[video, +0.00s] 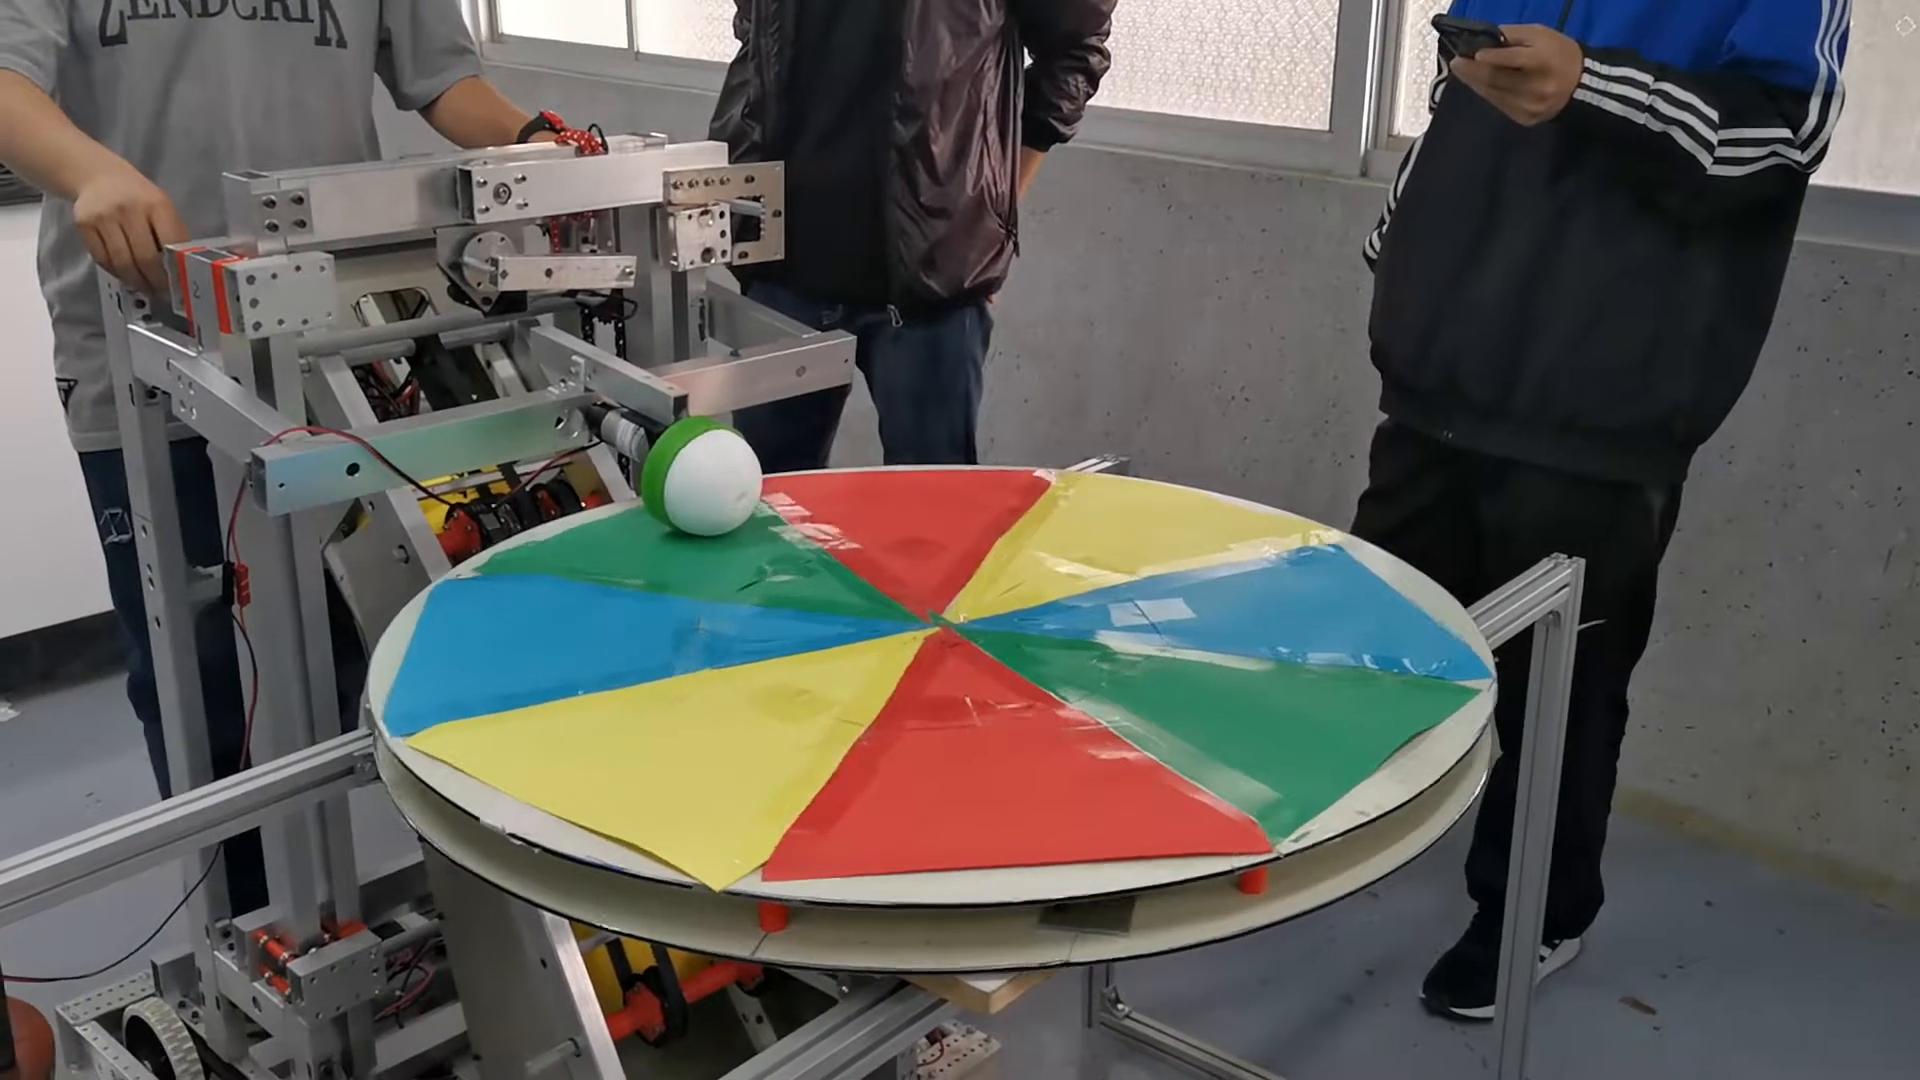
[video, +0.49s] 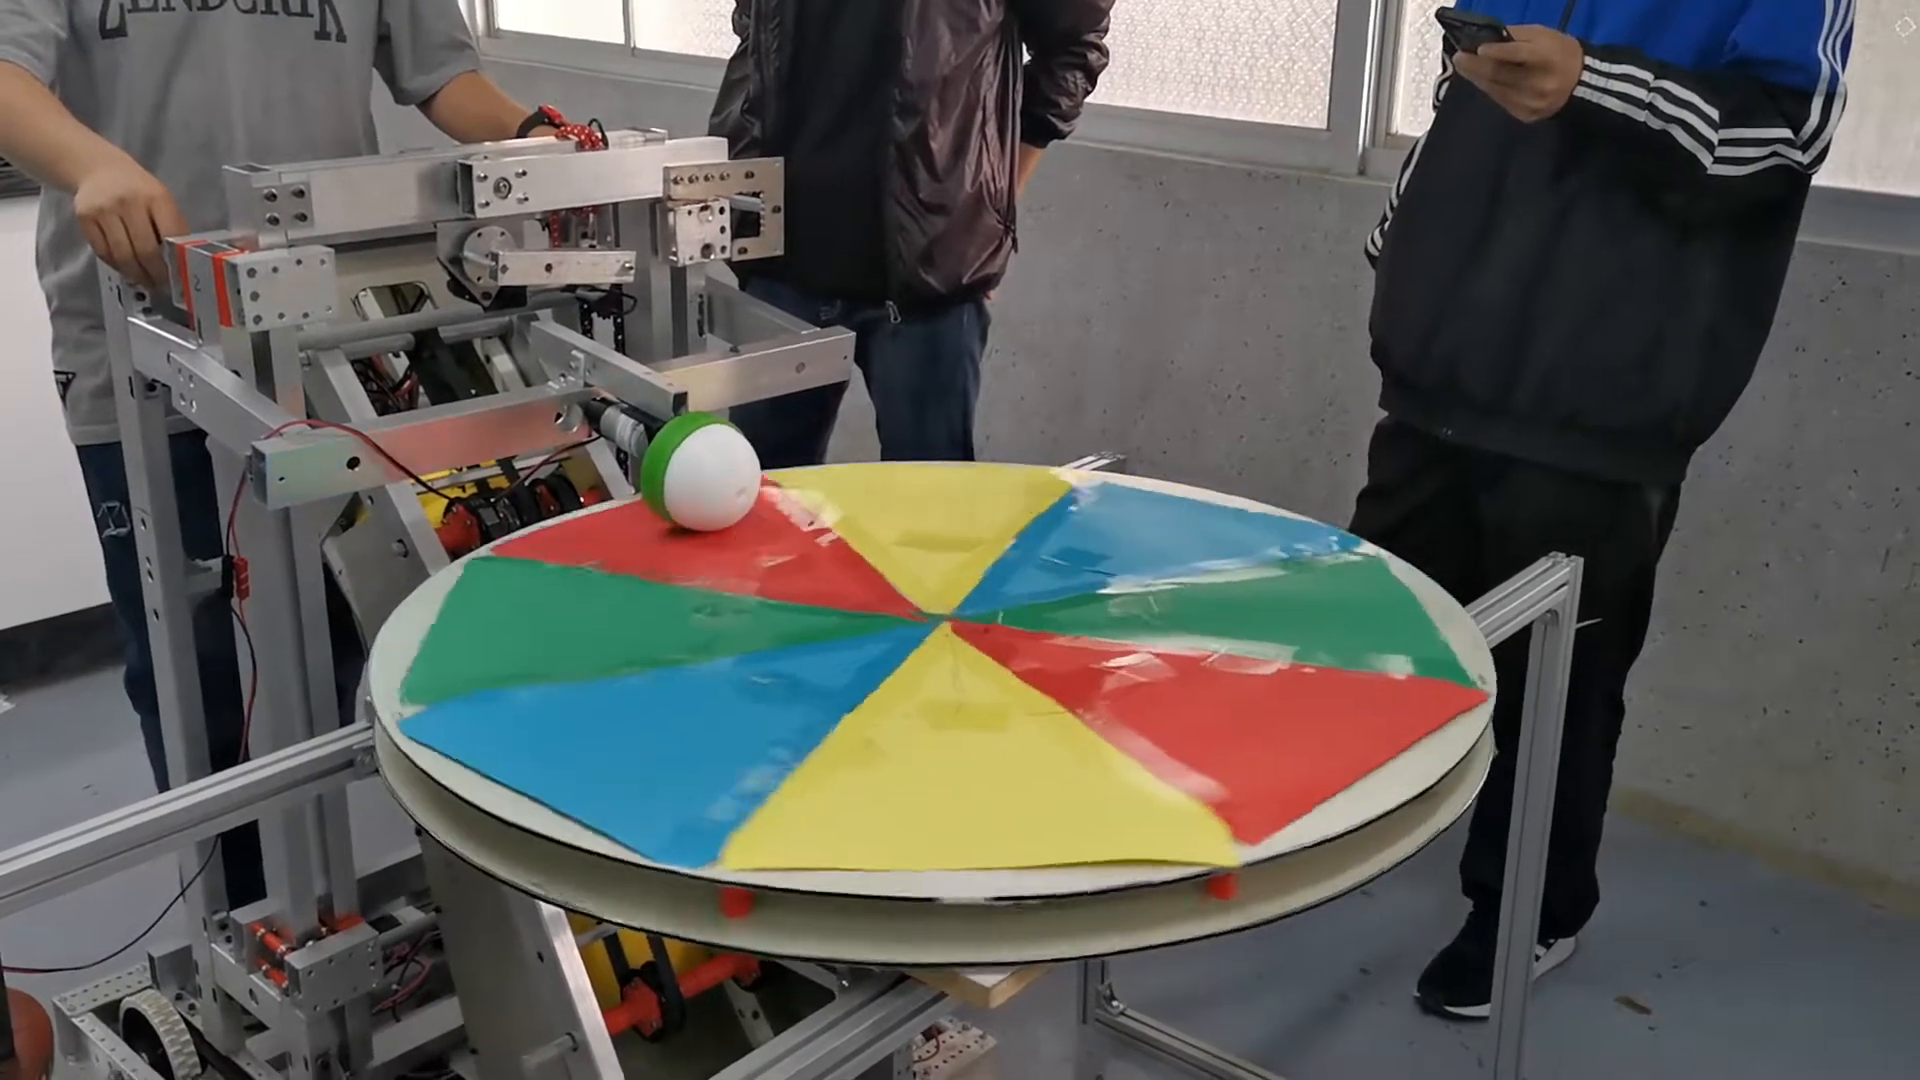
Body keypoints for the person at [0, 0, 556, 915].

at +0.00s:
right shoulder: (56, 6)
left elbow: (441, 73)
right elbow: (6, 82)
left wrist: (535, 140)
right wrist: (91, 169)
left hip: (327, 349)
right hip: (137, 357)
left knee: (337, 637)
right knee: (187, 669)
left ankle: (331, 893)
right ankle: (239, 920)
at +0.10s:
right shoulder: (56, 7)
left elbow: (441, 73)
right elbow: (8, 82)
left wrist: (535, 138)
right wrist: (91, 169)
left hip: (329, 350)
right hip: (138, 358)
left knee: (339, 642)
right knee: (189, 675)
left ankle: (335, 899)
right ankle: (242, 928)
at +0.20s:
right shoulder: (57, 7)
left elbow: (441, 73)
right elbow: (7, 81)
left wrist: (532, 136)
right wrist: (91, 168)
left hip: (328, 348)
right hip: (137, 356)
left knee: (338, 641)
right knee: (187, 673)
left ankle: (334, 898)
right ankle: (241, 928)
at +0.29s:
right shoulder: (59, 6)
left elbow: (439, 72)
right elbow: (8, 79)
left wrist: (533, 135)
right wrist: (89, 167)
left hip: (329, 349)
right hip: (139, 355)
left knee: (335, 644)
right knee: (189, 675)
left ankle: (324, 899)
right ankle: (240, 928)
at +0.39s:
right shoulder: (57, 7)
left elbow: (436, 68)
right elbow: (8, 76)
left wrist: (525, 131)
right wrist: (90, 165)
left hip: (329, 351)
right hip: (140, 355)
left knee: (333, 642)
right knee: (188, 669)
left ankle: (325, 891)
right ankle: (239, 918)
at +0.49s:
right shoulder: (59, 7)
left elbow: (439, 69)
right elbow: (8, 73)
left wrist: (529, 130)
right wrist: (91, 163)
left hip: (328, 348)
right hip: (139, 355)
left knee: (335, 642)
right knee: (190, 676)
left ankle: (324, 894)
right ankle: (242, 922)